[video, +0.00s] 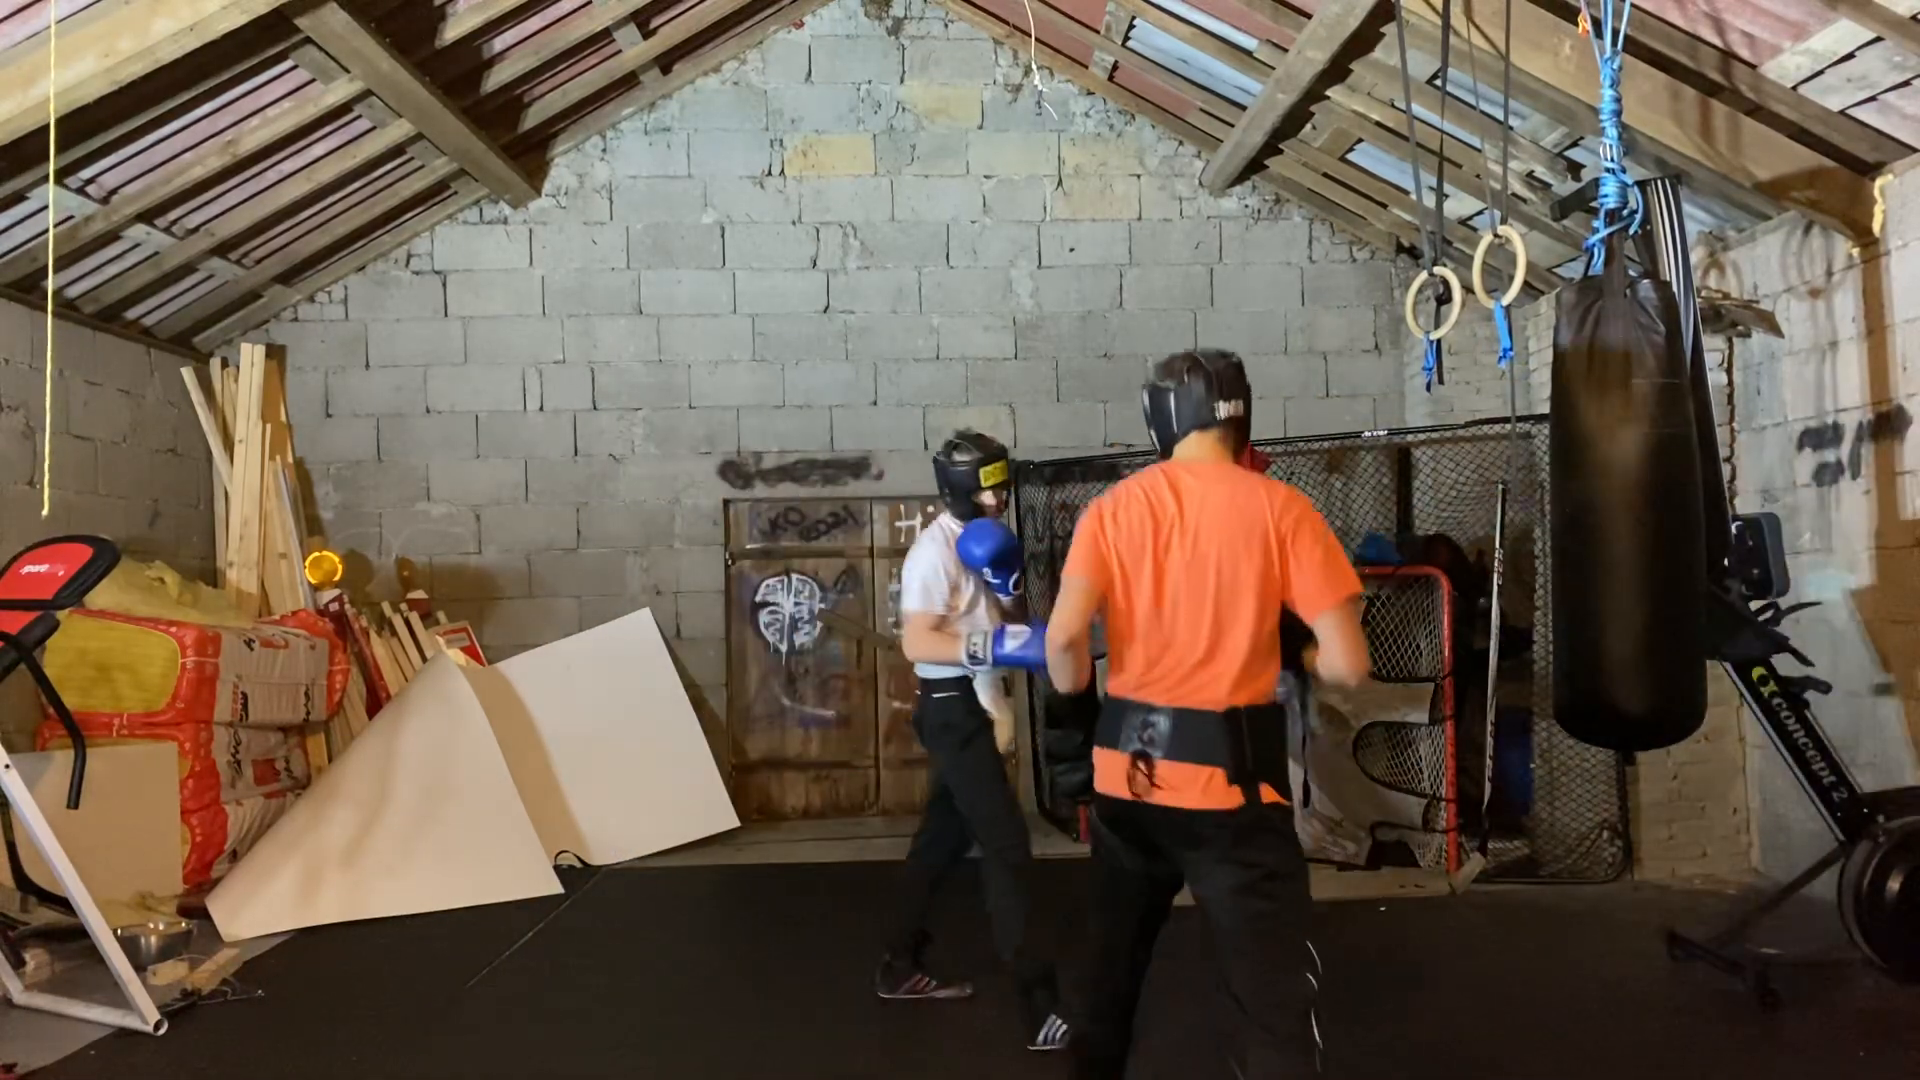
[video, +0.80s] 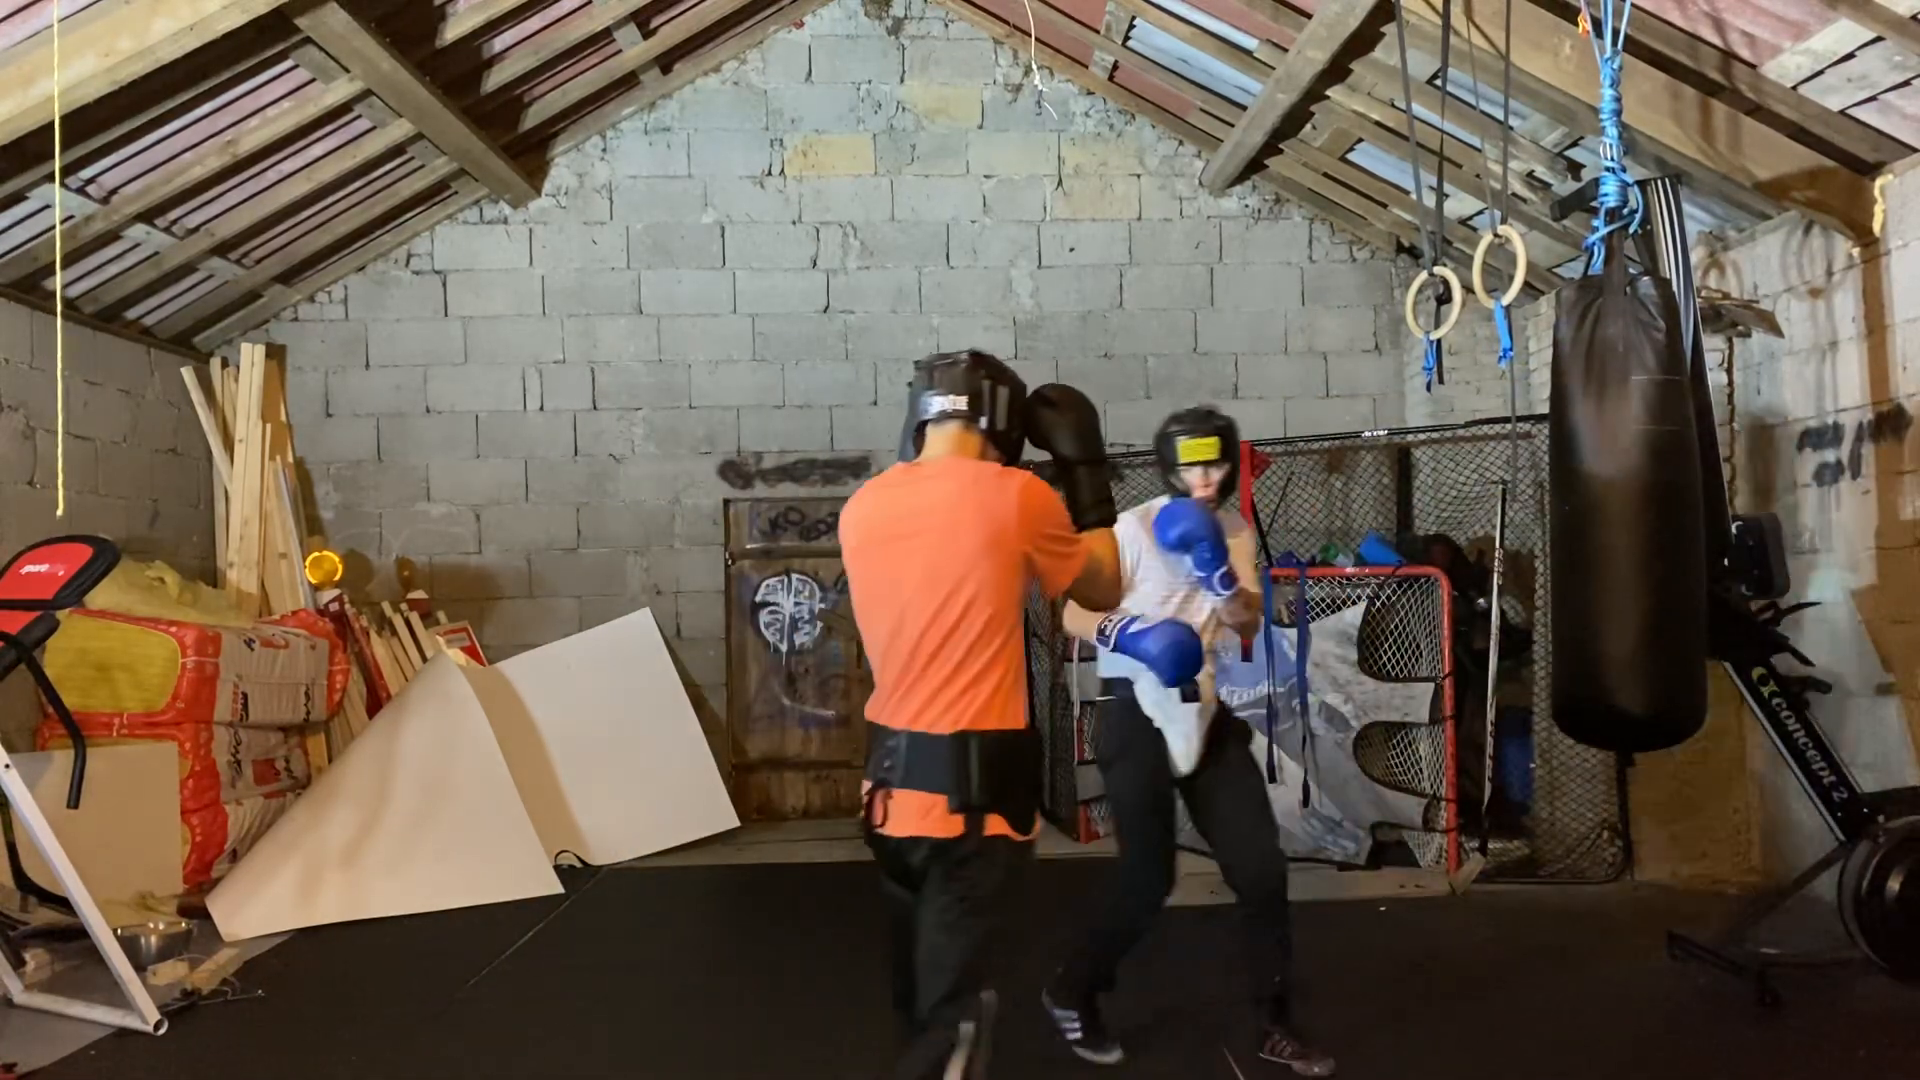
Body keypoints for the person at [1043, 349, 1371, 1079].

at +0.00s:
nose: (1157, 424)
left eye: (1158, 413)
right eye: (1246, 414)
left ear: (1162, 418)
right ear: (1243, 418)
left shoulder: (1111, 510)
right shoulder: (1284, 510)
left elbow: (1063, 637)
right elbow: (1347, 666)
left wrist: (1074, 682)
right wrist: (1299, 650)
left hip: (1121, 783)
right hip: (1232, 789)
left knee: (1103, 980)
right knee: (1276, 1008)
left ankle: (1090, 1062)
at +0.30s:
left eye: (1068, 426)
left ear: (1070, 431)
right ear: (1151, 430)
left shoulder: (1030, 535)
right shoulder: (1205, 519)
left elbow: (1005, 705)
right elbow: (1274, 665)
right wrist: (1221, 646)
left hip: (1067, 813)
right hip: (1179, 814)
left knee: (1033, 1010)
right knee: (1248, 1023)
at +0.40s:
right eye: (1112, 430)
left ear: (1025, 432)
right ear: (1107, 433)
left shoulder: (976, 528)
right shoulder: (1146, 512)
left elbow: (956, 691)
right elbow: (1251, 645)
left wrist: (1028, 664)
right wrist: (1212, 604)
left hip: (1012, 806)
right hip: (1122, 806)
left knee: (1015, 1007)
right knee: (1187, 1008)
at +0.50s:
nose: (1086, 431)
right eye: (1082, 418)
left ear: (992, 425)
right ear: (1072, 422)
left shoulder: (938, 512)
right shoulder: (1097, 498)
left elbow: (932, 638)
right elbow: (1215, 606)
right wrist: (1180, 514)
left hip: (966, 800)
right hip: (1066, 802)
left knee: (987, 983)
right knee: (1136, 1008)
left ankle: (968, 1062)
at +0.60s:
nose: (1057, 429)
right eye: (1055, 417)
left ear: (963, 416)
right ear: (1045, 418)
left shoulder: (909, 502)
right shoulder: (1063, 491)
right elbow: (1171, 586)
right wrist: (1144, 476)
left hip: (932, 796)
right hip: (1024, 800)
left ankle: (950, 1062)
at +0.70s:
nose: (1031, 428)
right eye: (1027, 414)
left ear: (939, 414)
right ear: (1018, 415)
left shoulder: (883, 503)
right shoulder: (1040, 492)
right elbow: (1120, 580)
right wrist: (1108, 473)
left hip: (910, 786)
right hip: (1005, 791)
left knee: (938, 1001)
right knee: (1022, 1013)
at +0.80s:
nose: (1012, 430)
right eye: (1010, 417)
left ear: (918, 417)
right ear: (1000, 419)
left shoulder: (861, 507)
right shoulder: (1016, 495)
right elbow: (1102, 587)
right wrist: (1086, 476)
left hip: (889, 782)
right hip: (977, 786)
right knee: (944, 1012)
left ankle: (946, 1041)